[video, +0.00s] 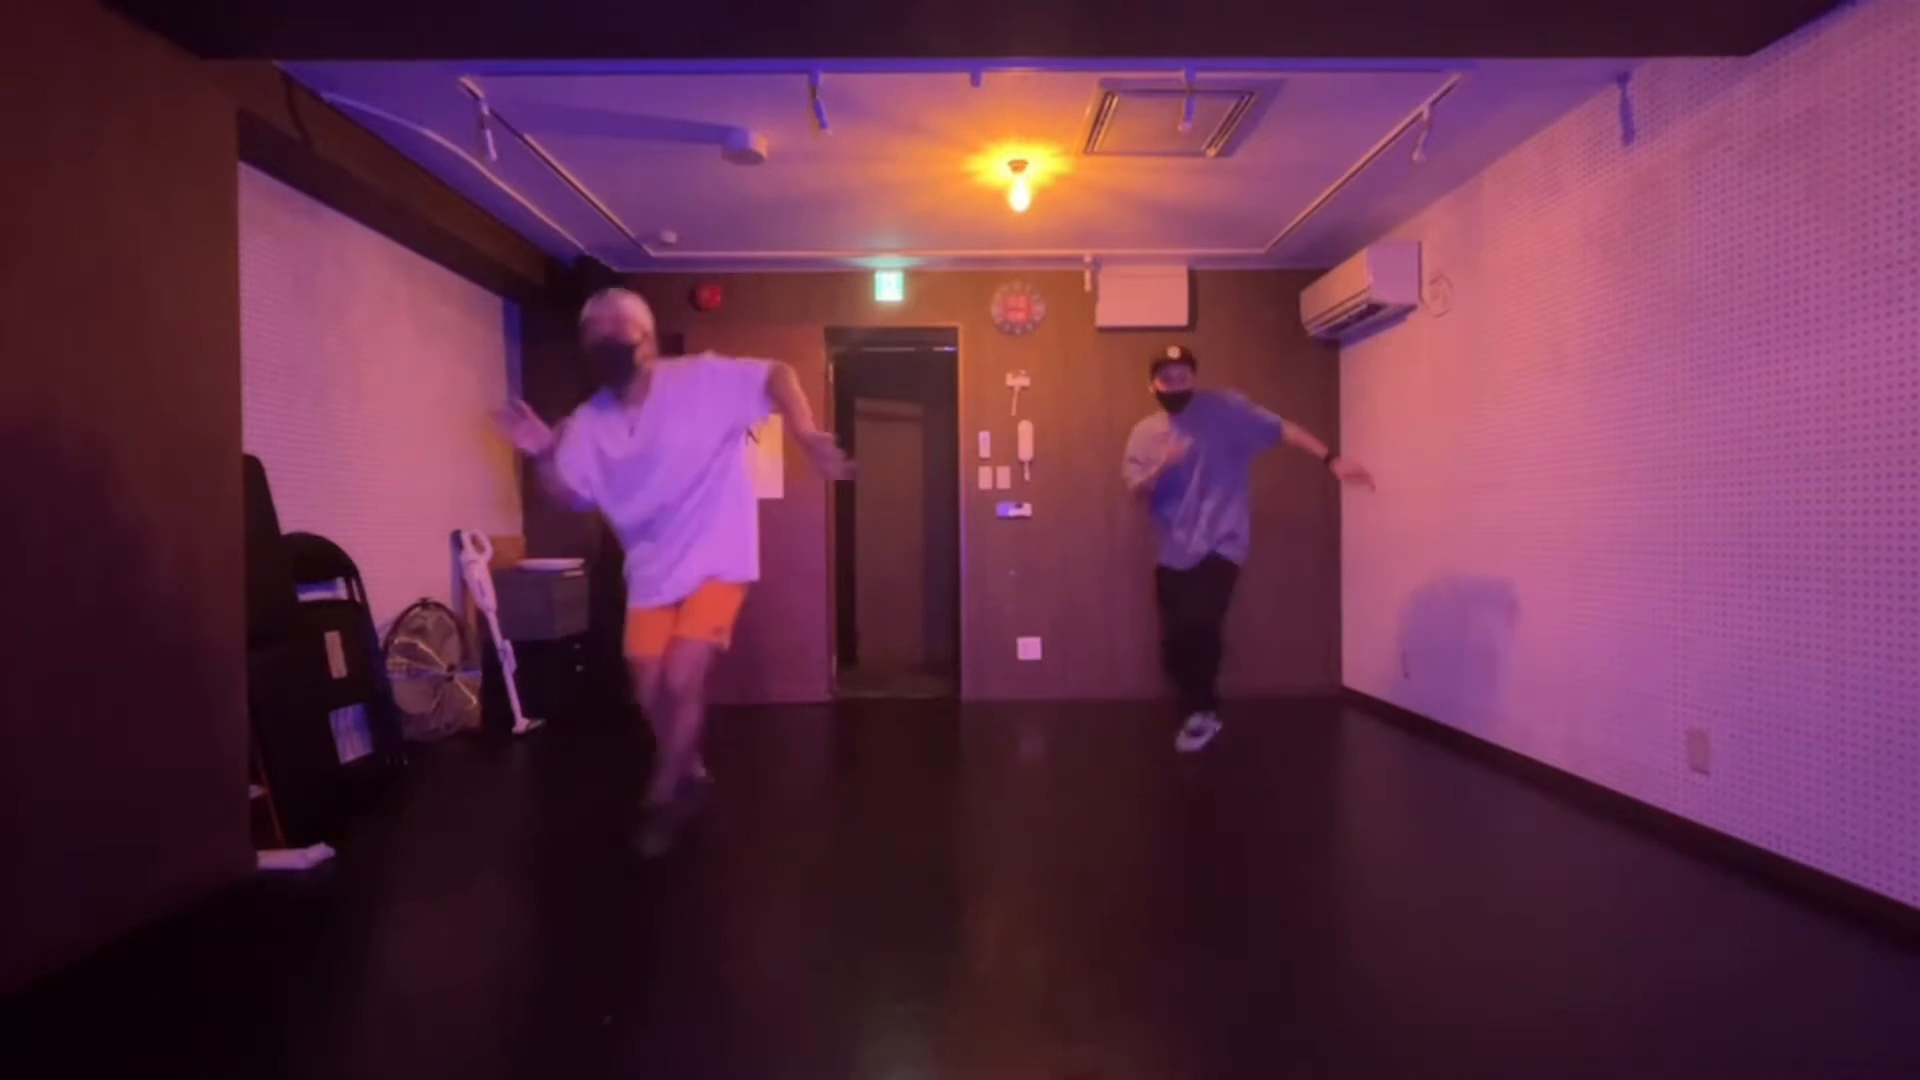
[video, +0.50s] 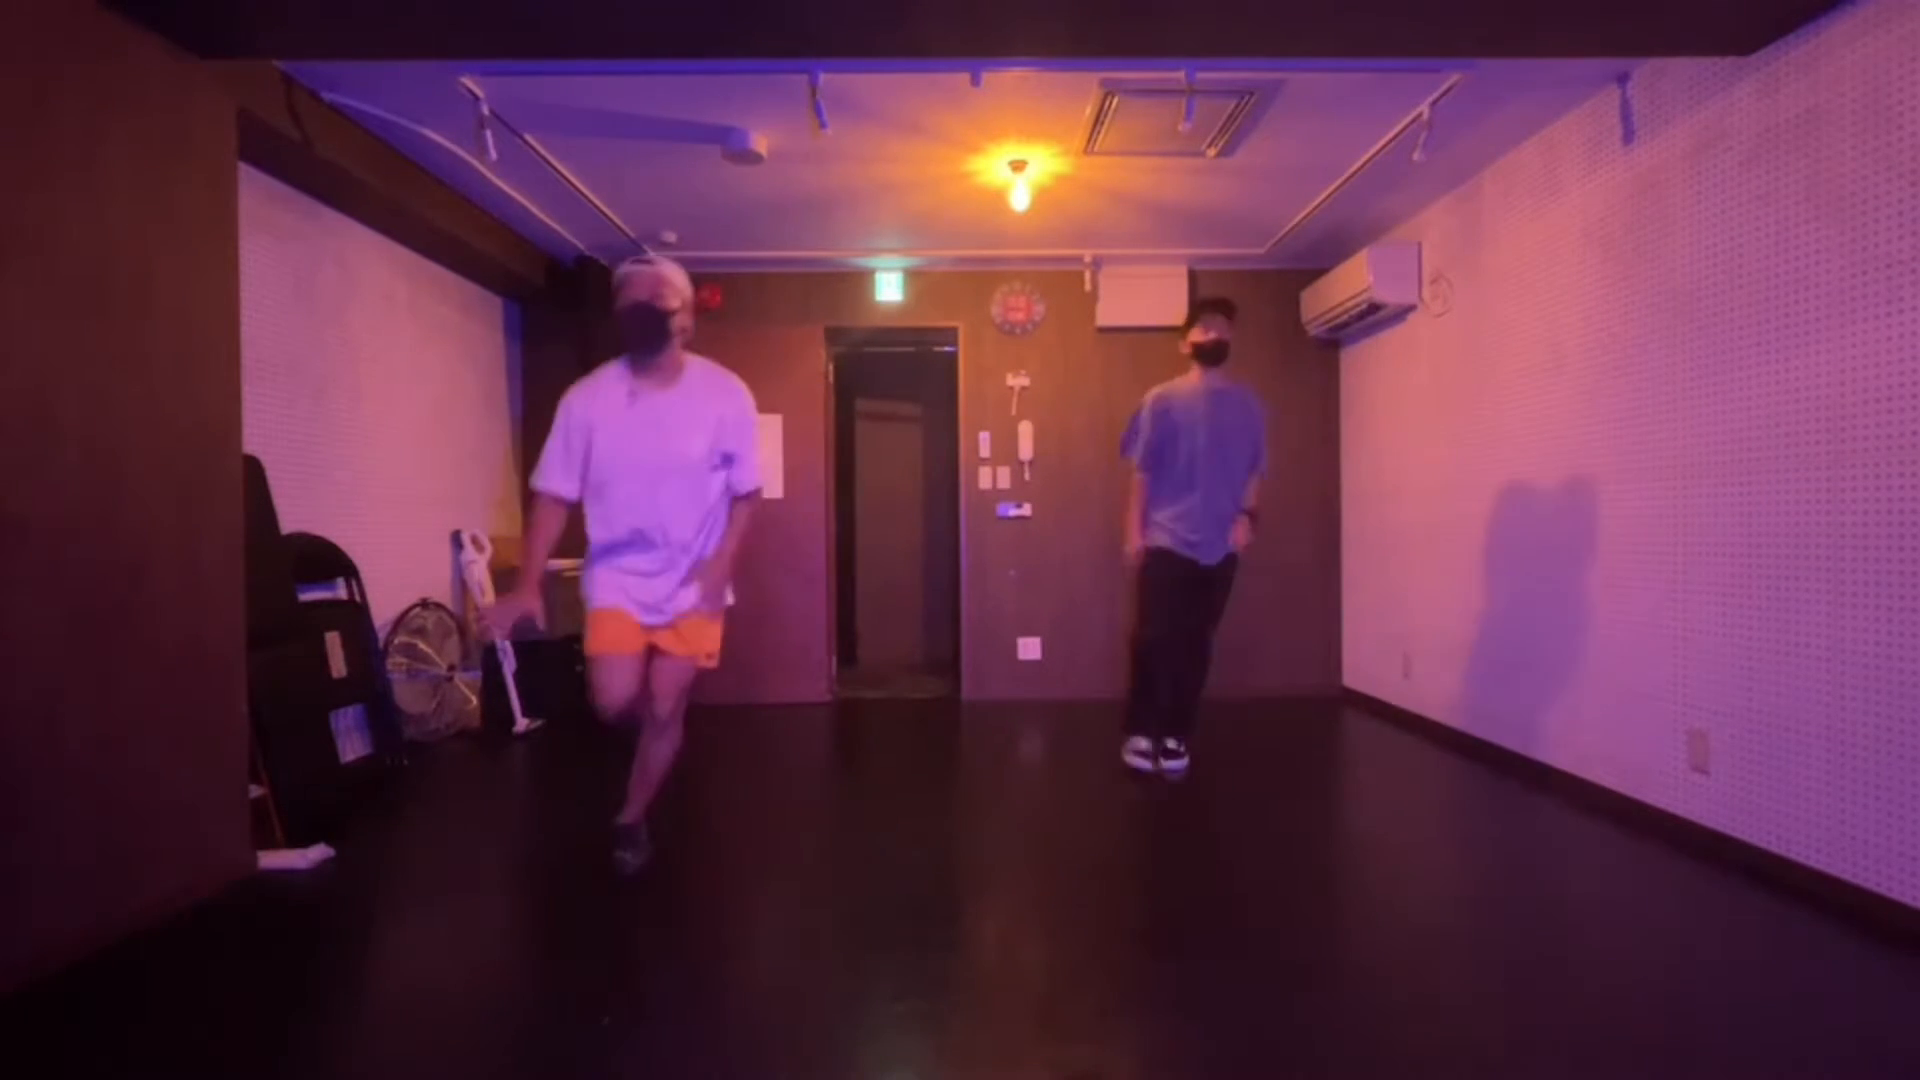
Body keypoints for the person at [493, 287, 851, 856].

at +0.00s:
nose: (613, 345)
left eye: (624, 333)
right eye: (600, 337)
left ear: (649, 339)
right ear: (586, 351)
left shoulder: (701, 377)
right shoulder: (587, 425)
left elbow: (777, 375)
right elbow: (569, 499)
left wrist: (810, 438)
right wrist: (544, 455)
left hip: (720, 551)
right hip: (652, 566)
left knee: (682, 677)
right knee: (649, 689)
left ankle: (658, 805)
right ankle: (693, 779)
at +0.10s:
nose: (606, 389)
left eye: (617, 374)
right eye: (593, 378)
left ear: (640, 372)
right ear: (577, 383)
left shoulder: (686, 401)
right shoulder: (581, 448)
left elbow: (770, 382)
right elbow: (544, 523)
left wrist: (820, 434)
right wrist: (526, 461)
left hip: (713, 574)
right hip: (646, 589)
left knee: (668, 700)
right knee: (636, 706)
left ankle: (632, 819)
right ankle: (696, 775)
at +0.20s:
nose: (599, 386)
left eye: (608, 373)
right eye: (584, 381)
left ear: (633, 380)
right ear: (571, 398)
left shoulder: (688, 414)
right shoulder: (572, 462)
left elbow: (777, 406)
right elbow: (533, 536)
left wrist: (817, 469)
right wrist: (519, 492)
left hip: (707, 591)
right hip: (638, 608)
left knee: (659, 716)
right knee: (629, 735)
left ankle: (631, 819)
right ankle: (692, 773)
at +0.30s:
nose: (601, 363)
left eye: (613, 351)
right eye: (588, 355)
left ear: (640, 356)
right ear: (574, 368)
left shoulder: (694, 404)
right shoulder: (571, 441)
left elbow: (782, 440)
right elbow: (548, 525)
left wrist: (790, 517)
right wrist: (513, 518)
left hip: (700, 593)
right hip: (629, 603)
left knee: (659, 717)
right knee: (629, 728)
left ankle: (632, 823)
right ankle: (687, 767)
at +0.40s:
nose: (615, 339)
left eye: (629, 326)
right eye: (603, 328)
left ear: (657, 335)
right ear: (588, 340)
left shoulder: (707, 398)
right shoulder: (574, 423)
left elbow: (768, 476)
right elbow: (548, 505)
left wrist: (758, 544)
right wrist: (531, 558)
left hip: (695, 584)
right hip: (620, 587)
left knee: (661, 712)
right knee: (617, 711)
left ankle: (631, 823)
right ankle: (672, 752)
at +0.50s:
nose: (647, 316)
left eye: (661, 304)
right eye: (635, 305)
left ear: (688, 318)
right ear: (618, 317)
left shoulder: (725, 393)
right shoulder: (588, 398)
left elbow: (746, 492)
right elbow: (552, 495)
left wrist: (722, 565)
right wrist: (529, 585)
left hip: (695, 579)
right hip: (614, 578)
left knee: (665, 708)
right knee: (613, 700)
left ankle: (632, 820)